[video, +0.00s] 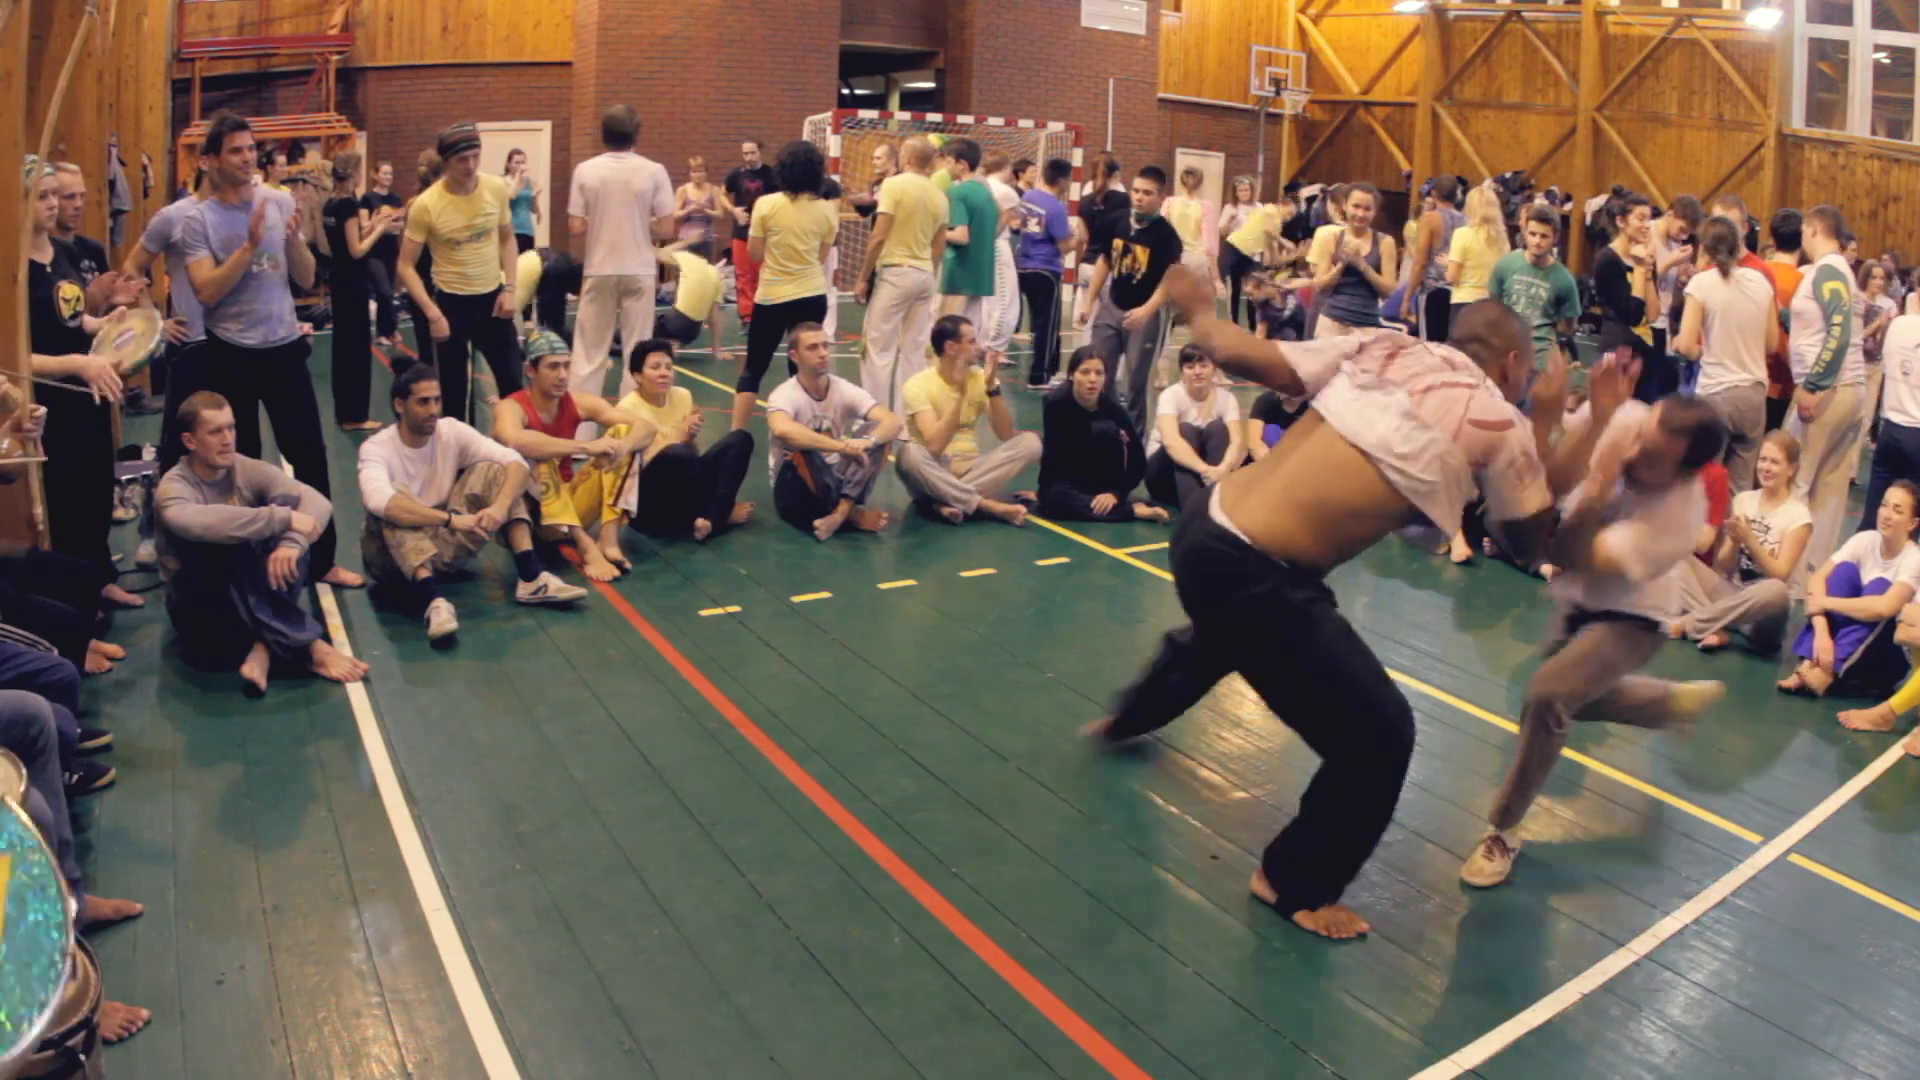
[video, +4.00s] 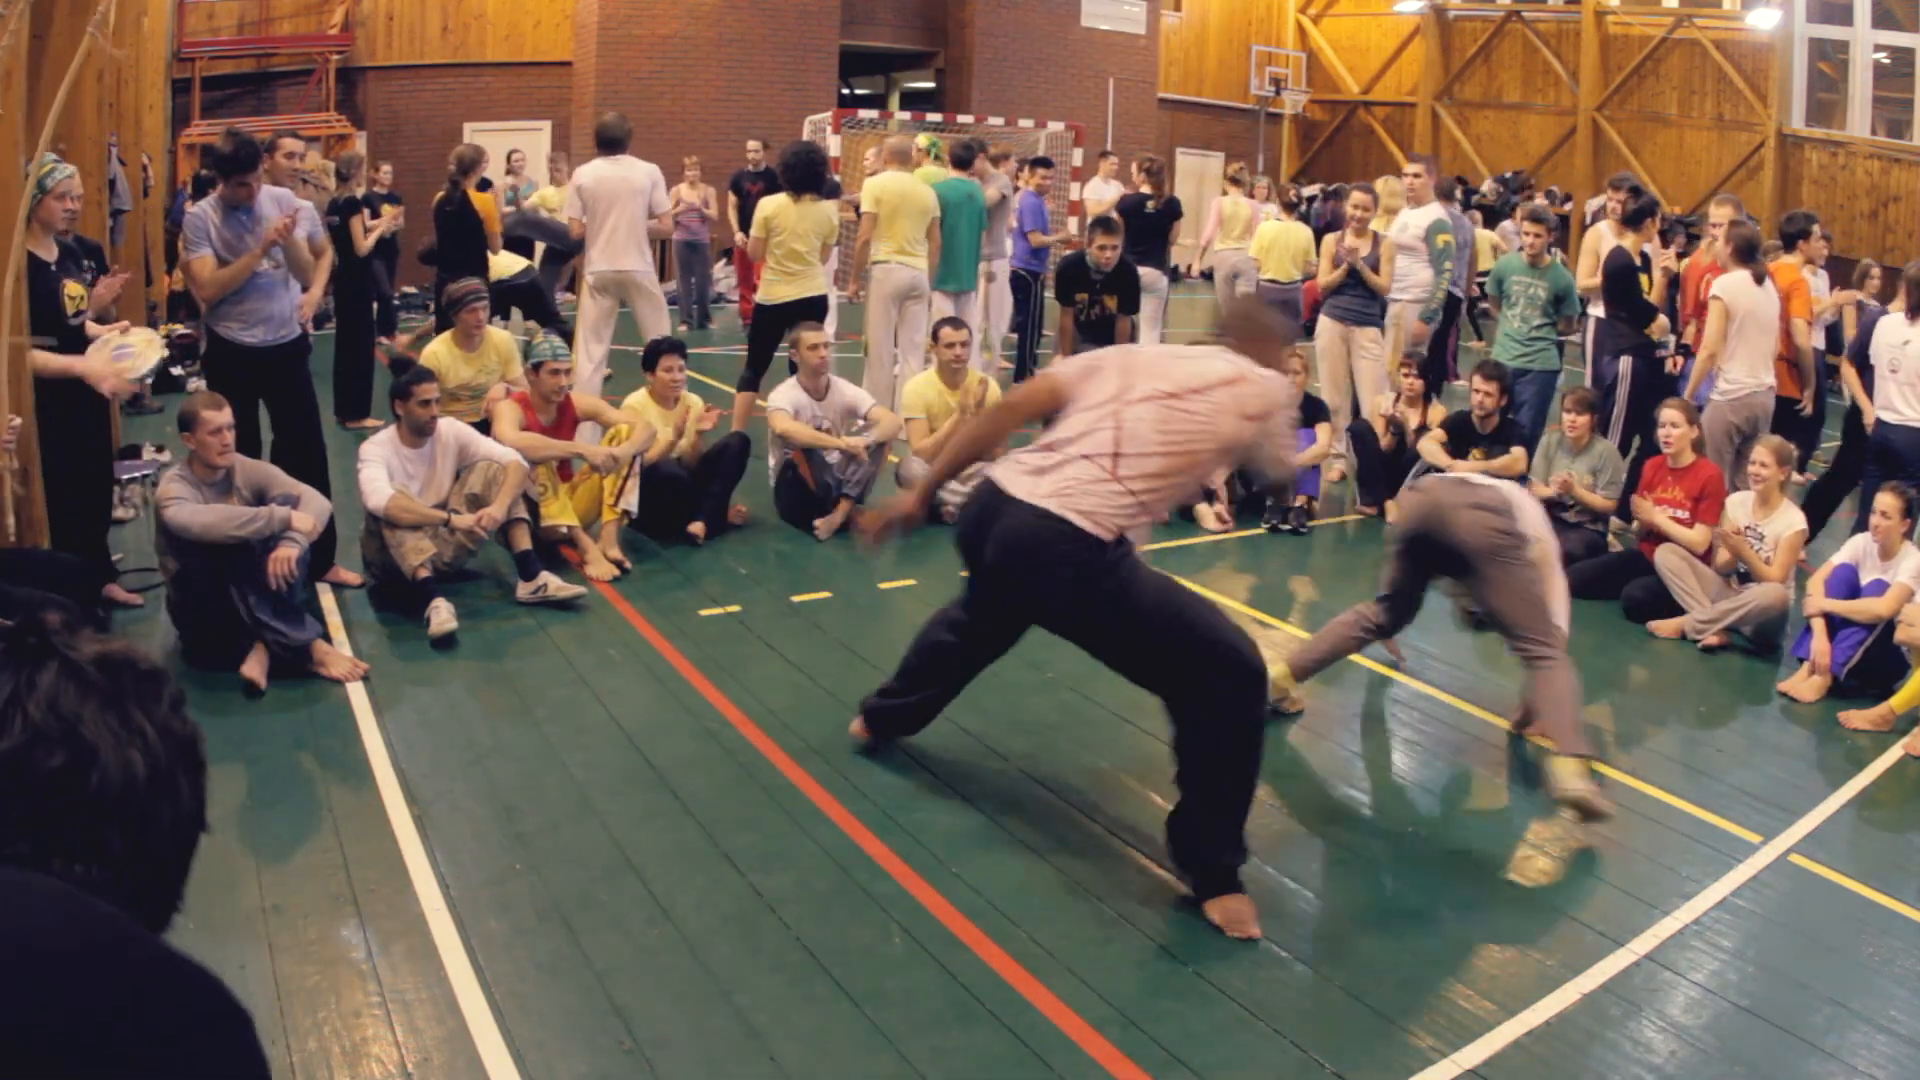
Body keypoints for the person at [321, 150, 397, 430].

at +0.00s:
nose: (365, 175)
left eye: (364, 170)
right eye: (363, 170)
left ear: (338, 172)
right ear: (352, 173)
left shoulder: (329, 205)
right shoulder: (348, 205)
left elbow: (344, 244)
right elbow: (356, 249)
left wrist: (369, 226)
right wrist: (380, 229)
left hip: (339, 278)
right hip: (354, 281)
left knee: (345, 342)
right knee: (358, 343)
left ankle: (346, 413)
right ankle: (355, 416)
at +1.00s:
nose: (367, 176)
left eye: (366, 170)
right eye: (365, 171)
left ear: (341, 171)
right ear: (356, 173)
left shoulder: (331, 204)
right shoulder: (349, 205)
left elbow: (337, 245)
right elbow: (355, 249)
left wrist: (372, 227)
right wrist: (376, 228)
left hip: (338, 278)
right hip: (353, 280)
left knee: (345, 342)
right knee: (357, 344)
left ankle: (346, 413)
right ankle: (355, 416)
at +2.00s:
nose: (360, 177)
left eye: (358, 171)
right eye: (358, 172)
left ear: (334, 173)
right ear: (350, 174)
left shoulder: (325, 204)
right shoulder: (345, 202)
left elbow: (335, 244)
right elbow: (351, 245)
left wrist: (364, 227)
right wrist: (372, 229)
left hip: (335, 279)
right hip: (349, 280)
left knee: (343, 342)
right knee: (357, 343)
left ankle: (342, 409)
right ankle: (356, 413)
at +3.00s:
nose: (370, 175)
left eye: (369, 169)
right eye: (367, 170)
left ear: (342, 172)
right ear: (357, 172)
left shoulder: (335, 203)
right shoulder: (352, 204)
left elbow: (352, 241)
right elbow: (360, 246)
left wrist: (377, 225)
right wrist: (381, 226)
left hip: (343, 281)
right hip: (358, 283)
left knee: (349, 343)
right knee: (360, 345)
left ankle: (346, 411)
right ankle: (355, 414)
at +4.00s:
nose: (369, 174)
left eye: (368, 169)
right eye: (366, 169)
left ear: (343, 172)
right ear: (357, 172)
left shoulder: (334, 202)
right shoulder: (353, 203)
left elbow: (346, 245)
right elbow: (361, 248)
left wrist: (374, 227)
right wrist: (379, 230)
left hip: (342, 280)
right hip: (358, 282)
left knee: (348, 342)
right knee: (361, 345)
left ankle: (346, 411)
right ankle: (356, 414)